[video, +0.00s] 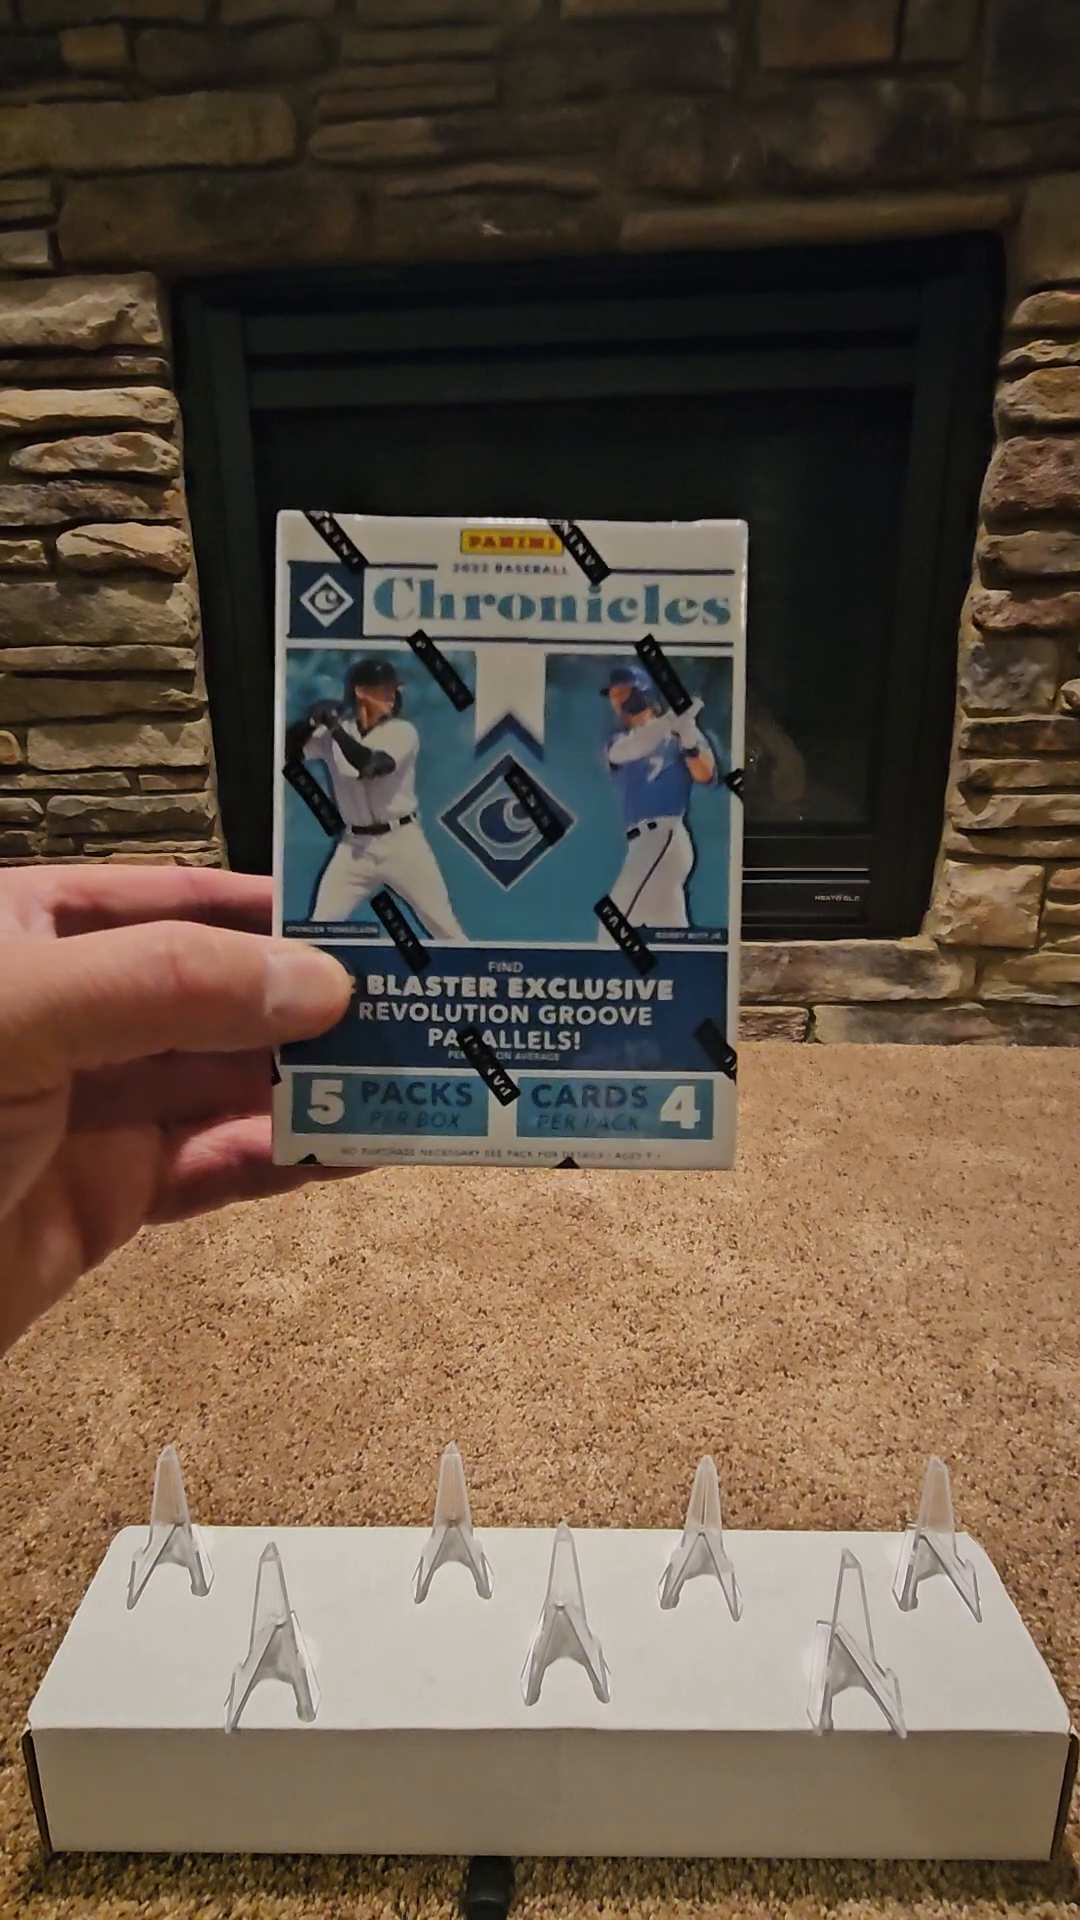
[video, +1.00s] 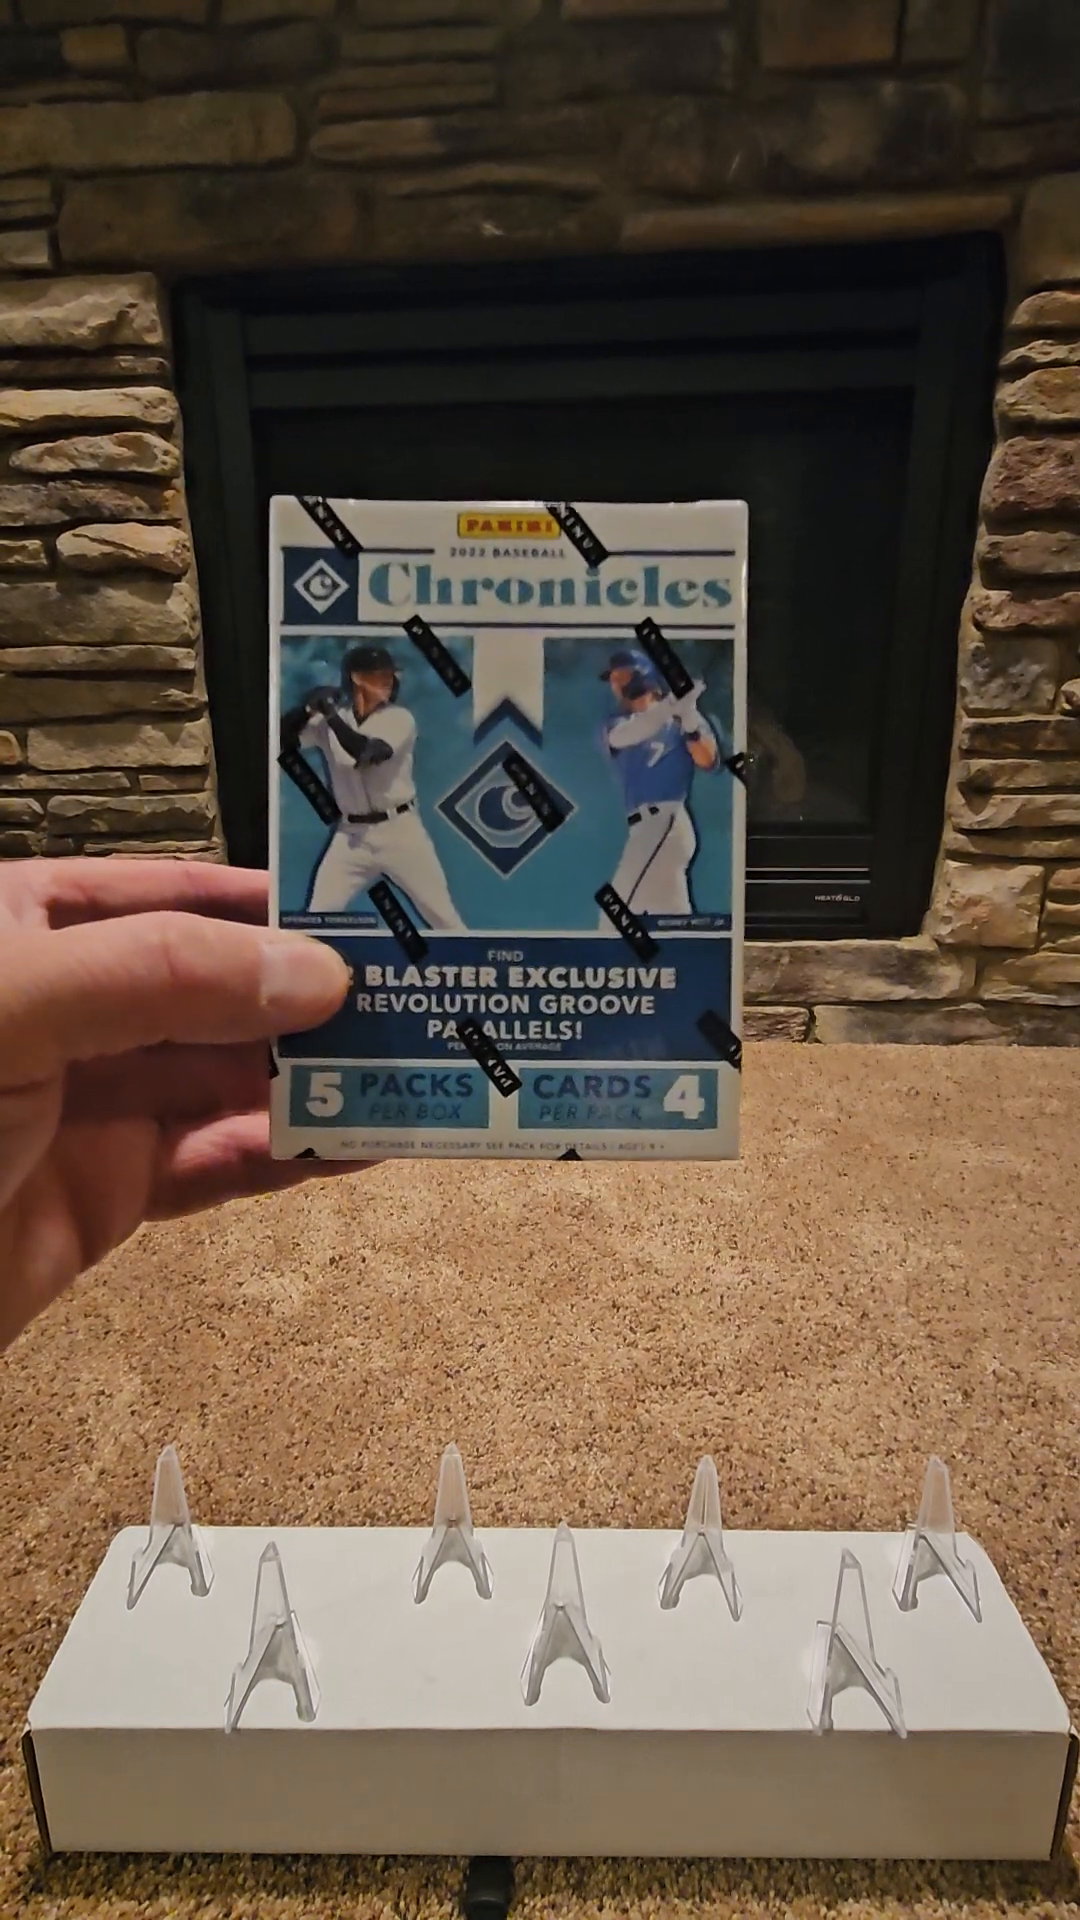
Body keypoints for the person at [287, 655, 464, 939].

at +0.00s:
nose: (392, 693)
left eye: (393, 687)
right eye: (384, 687)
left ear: (396, 692)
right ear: (361, 693)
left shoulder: (402, 731)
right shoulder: (332, 736)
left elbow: (371, 766)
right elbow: (288, 752)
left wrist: (333, 727)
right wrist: (310, 722)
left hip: (403, 844)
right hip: (354, 847)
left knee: (444, 927)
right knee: (321, 929)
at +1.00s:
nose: (390, 679)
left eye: (390, 673)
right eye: (381, 673)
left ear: (393, 679)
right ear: (357, 678)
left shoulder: (399, 718)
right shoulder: (327, 723)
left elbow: (366, 754)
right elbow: (282, 740)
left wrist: (330, 714)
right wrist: (306, 710)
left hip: (401, 832)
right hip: (351, 836)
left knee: (444, 918)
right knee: (319, 920)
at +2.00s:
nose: (376, 690)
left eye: (377, 684)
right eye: (367, 684)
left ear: (382, 689)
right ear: (345, 691)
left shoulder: (389, 730)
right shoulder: (315, 737)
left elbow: (355, 768)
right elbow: (269, 755)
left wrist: (318, 726)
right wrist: (293, 724)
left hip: (392, 846)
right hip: (342, 850)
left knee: (436, 932)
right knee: (309, 937)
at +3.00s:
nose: (336, 601)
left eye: (337, 594)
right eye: (326, 594)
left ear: (340, 599)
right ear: (300, 601)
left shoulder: (349, 645)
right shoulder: (266, 650)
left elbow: (311, 686)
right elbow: (216, 669)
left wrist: (270, 641)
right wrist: (243, 635)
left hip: (352, 774)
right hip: (296, 779)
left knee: (400, 871)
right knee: (261, 875)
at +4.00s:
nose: (384, 483)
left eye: (387, 475)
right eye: (371, 474)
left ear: (393, 482)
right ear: (343, 483)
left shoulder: (401, 536)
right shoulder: (306, 543)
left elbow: (359, 588)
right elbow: (244, 569)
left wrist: (306, 532)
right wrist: (277, 525)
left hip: (407, 692)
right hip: (340, 699)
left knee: (462, 806)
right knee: (299, 815)